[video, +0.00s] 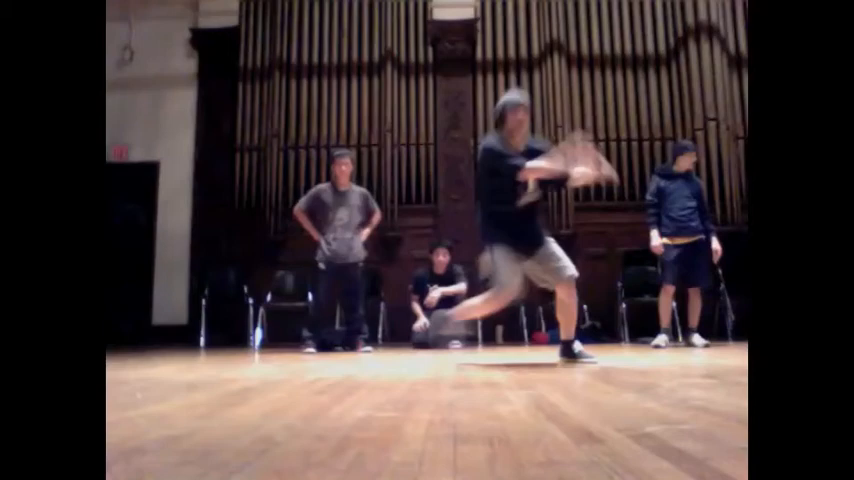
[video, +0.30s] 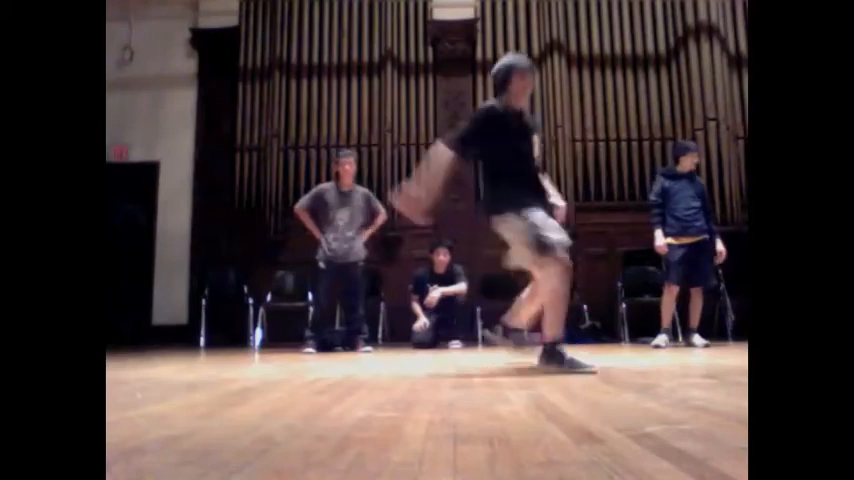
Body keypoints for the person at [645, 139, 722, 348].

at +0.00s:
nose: (693, 162)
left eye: (694, 158)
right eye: (689, 158)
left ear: (692, 160)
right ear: (678, 158)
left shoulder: (694, 183)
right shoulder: (660, 180)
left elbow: (704, 214)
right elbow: (651, 209)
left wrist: (713, 238)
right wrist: (654, 234)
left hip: (696, 239)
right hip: (671, 240)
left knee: (695, 288)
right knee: (668, 287)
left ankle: (693, 332)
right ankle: (664, 332)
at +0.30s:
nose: (695, 162)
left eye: (696, 158)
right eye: (692, 158)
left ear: (693, 160)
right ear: (680, 158)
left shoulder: (697, 183)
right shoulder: (663, 180)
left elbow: (708, 215)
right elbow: (655, 208)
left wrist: (717, 240)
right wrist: (658, 234)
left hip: (700, 240)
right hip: (675, 241)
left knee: (697, 288)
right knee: (672, 287)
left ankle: (693, 332)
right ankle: (665, 332)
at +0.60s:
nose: (692, 162)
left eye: (695, 158)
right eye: (688, 157)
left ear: (698, 161)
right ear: (678, 159)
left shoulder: (700, 184)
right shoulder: (665, 180)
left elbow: (710, 215)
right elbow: (656, 208)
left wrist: (717, 239)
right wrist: (659, 234)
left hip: (701, 240)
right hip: (676, 241)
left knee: (697, 288)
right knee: (672, 287)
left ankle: (693, 332)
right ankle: (665, 332)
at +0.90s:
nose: (690, 161)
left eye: (694, 157)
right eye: (687, 156)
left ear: (698, 160)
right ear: (679, 158)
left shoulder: (702, 184)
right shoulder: (666, 180)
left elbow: (710, 216)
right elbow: (657, 208)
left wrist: (717, 240)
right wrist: (658, 235)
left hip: (700, 240)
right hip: (675, 240)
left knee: (697, 288)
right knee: (671, 287)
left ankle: (693, 332)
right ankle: (664, 332)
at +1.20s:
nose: (687, 159)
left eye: (691, 156)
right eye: (683, 155)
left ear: (697, 159)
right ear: (677, 158)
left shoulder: (702, 184)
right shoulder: (665, 180)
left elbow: (710, 215)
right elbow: (656, 208)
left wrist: (716, 239)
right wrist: (655, 234)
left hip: (699, 240)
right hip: (673, 240)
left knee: (697, 288)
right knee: (670, 287)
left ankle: (693, 332)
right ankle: (664, 332)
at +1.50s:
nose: (686, 160)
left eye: (690, 156)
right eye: (683, 155)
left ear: (696, 159)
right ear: (677, 158)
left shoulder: (702, 184)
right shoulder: (665, 181)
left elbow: (711, 215)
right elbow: (656, 208)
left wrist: (716, 239)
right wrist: (656, 234)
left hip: (699, 240)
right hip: (673, 240)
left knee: (697, 288)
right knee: (670, 287)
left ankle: (693, 332)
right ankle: (664, 332)